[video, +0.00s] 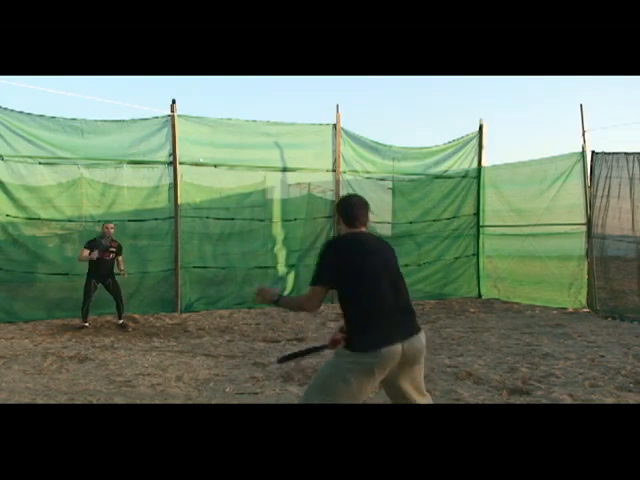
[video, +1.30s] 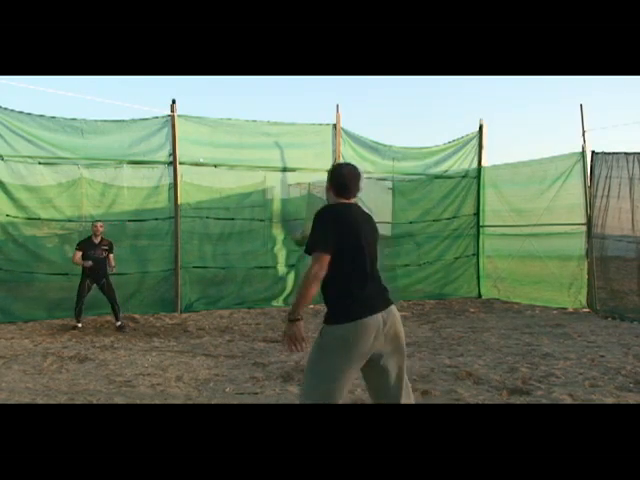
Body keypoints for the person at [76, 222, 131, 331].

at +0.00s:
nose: (109, 231)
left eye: (111, 228)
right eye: (107, 228)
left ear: (114, 230)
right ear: (103, 229)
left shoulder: (117, 246)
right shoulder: (93, 243)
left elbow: (119, 259)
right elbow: (81, 257)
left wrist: (121, 269)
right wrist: (90, 256)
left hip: (108, 275)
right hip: (94, 275)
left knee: (118, 297)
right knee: (87, 298)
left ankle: (120, 320)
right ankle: (85, 322)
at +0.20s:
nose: (114, 240)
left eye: (116, 238)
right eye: (112, 237)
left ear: (119, 238)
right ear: (109, 236)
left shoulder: (121, 248)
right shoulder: (101, 243)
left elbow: (122, 263)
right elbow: (88, 249)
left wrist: (125, 274)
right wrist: (101, 243)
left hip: (110, 277)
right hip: (96, 276)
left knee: (120, 300)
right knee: (89, 299)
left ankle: (125, 323)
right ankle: (85, 322)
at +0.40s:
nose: (123, 232)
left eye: (125, 230)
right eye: (121, 229)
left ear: (128, 232)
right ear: (118, 231)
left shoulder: (128, 248)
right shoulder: (109, 242)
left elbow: (126, 263)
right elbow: (104, 242)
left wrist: (130, 275)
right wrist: (117, 237)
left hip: (116, 275)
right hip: (102, 274)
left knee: (123, 299)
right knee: (92, 297)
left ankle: (125, 322)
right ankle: (86, 321)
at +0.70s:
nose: (124, 229)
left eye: (126, 227)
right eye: (121, 226)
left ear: (128, 229)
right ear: (118, 228)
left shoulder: (129, 245)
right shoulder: (109, 239)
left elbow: (129, 259)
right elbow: (102, 252)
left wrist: (132, 270)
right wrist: (117, 254)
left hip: (118, 274)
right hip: (104, 273)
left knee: (124, 298)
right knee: (94, 295)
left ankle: (125, 323)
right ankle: (85, 320)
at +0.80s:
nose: (120, 229)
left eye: (122, 227)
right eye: (118, 227)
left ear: (125, 229)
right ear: (114, 228)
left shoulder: (127, 245)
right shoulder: (105, 242)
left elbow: (128, 259)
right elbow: (96, 257)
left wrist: (131, 268)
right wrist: (108, 263)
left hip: (117, 276)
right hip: (103, 275)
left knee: (124, 298)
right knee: (91, 297)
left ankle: (126, 323)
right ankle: (83, 321)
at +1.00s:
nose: (108, 231)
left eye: (110, 228)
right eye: (105, 228)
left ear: (112, 230)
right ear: (101, 230)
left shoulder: (116, 246)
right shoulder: (92, 244)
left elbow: (119, 262)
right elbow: (84, 260)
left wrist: (118, 266)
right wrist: (94, 269)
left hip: (109, 275)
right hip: (95, 275)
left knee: (119, 299)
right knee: (83, 299)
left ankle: (124, 323)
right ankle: (79, 323)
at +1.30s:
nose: (98, 229)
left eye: (100, 227)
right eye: (95, 227)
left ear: (103, 229)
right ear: (92, 228)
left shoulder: (108, 244)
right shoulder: (83, 243)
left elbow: (110, 257)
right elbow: (75, 259)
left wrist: (112, 265)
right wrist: (84, 263)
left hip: (102, 275)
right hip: (88, 275)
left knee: (112, 298)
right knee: (80, 298)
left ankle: (118, 321)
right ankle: (78, 322)